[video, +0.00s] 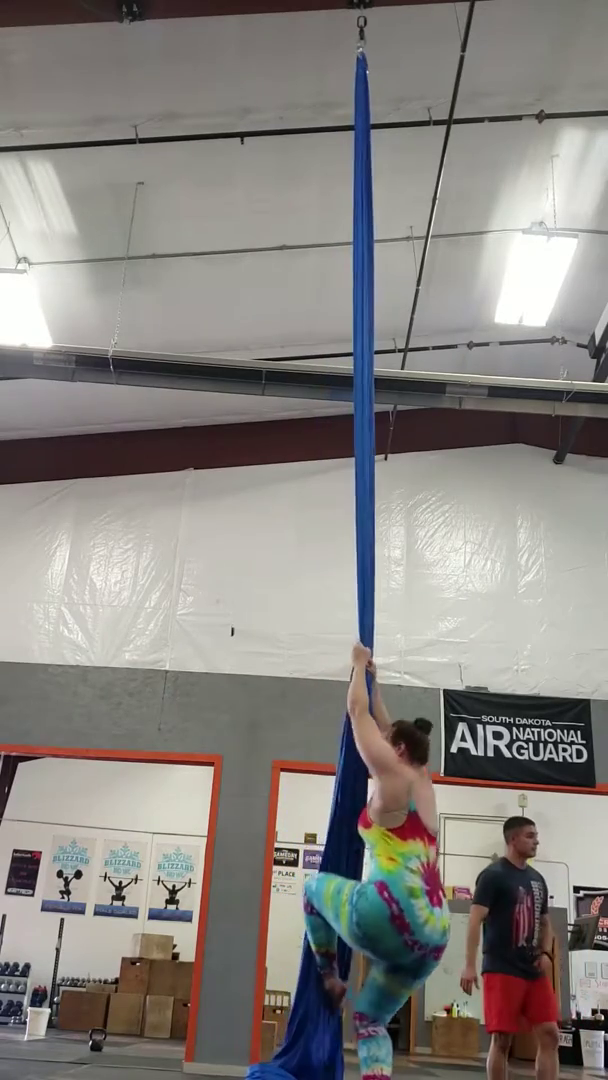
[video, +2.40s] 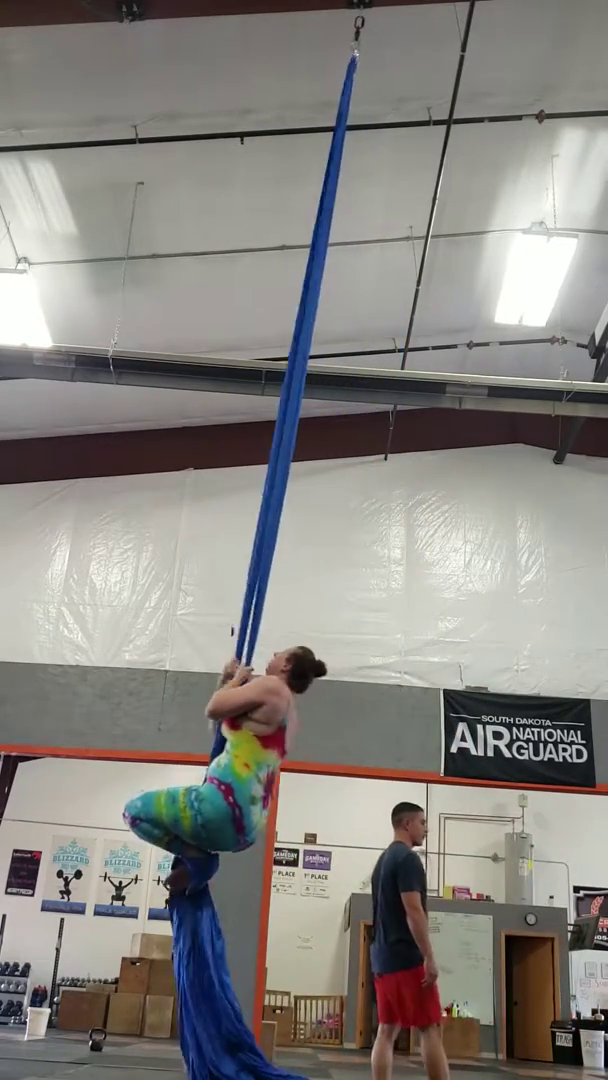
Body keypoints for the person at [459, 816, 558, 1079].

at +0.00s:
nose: (536, 840)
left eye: (536, 836)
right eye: (530, 836)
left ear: (530, 840)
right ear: (511, 839)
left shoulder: (537, 879)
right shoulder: (492, 875)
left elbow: (545, 921)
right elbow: (474, 920)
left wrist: (545, 952)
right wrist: (469, 966)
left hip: (534, 969)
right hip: (501, 969)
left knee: (549, 1036)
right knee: (501, 1041)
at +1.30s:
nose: (521, 828)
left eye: (520, 822)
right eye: (516, 821)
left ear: (499, 824)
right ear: (498, 823)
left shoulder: (504, 864)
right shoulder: (480, 860)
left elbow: (509, 918)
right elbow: (469, 913)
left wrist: (517, 964)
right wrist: (474, 963)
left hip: (509, 968)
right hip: (487, 967)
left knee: (522, 1040)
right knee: (487, 1040)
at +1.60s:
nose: (497, 825)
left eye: (496, 819)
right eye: (493, 819)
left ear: (475, 821)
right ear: (476, 820)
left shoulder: (467, 854)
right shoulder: (466, 857)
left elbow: (471, 912)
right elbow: (468, 912)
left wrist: (486, 961)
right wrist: (483, 961)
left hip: (471, 961)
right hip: (468, 961)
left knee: (478, 1038)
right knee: (474, 1039)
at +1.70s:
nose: (488, 823)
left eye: (487, 818)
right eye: (484, 817)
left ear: (464, 820)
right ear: (467, 819)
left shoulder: (455, 854)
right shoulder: (460, 857)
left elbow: (462, 910)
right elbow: (468, 910)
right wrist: (493, 958)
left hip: (457, 956)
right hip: (464, 957)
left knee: (464, 1032)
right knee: (473, 1035)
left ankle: (434, 1075)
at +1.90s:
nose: (468, 826)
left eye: (467, 820)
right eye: (464, 820)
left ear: (444, 823)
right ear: (448, 822)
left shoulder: (431, 858)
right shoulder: (443, 858)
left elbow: (438, 915)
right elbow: (457, 910)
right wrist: (490, 953)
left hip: (436, 960)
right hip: (452, 960)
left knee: (433, 1032)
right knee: (465, 1035)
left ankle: (405, 1076)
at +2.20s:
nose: (438, 830)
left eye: (438, 824)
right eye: (435, 823)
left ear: (413, 825)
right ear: (418, 824)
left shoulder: (395, 860)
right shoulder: (420, 861)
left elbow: (396, 914)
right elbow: (428, 913)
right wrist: (446, 960)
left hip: (393, 959)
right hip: (418, 961)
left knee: (394, 1033)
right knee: (442, 1032)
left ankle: (384, 1077)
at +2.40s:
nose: (425, 828)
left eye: (425, 823)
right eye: (421, 822)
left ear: (401, 824)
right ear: (406, 823)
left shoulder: (385, 859)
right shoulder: (407, 858)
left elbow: (383, 913)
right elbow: (413, 910)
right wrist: (429, 956)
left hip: (382, 959)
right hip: (407, 959)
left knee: (386, 1032)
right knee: (430, 1030)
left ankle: (380, 1078)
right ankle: (441, 1076)